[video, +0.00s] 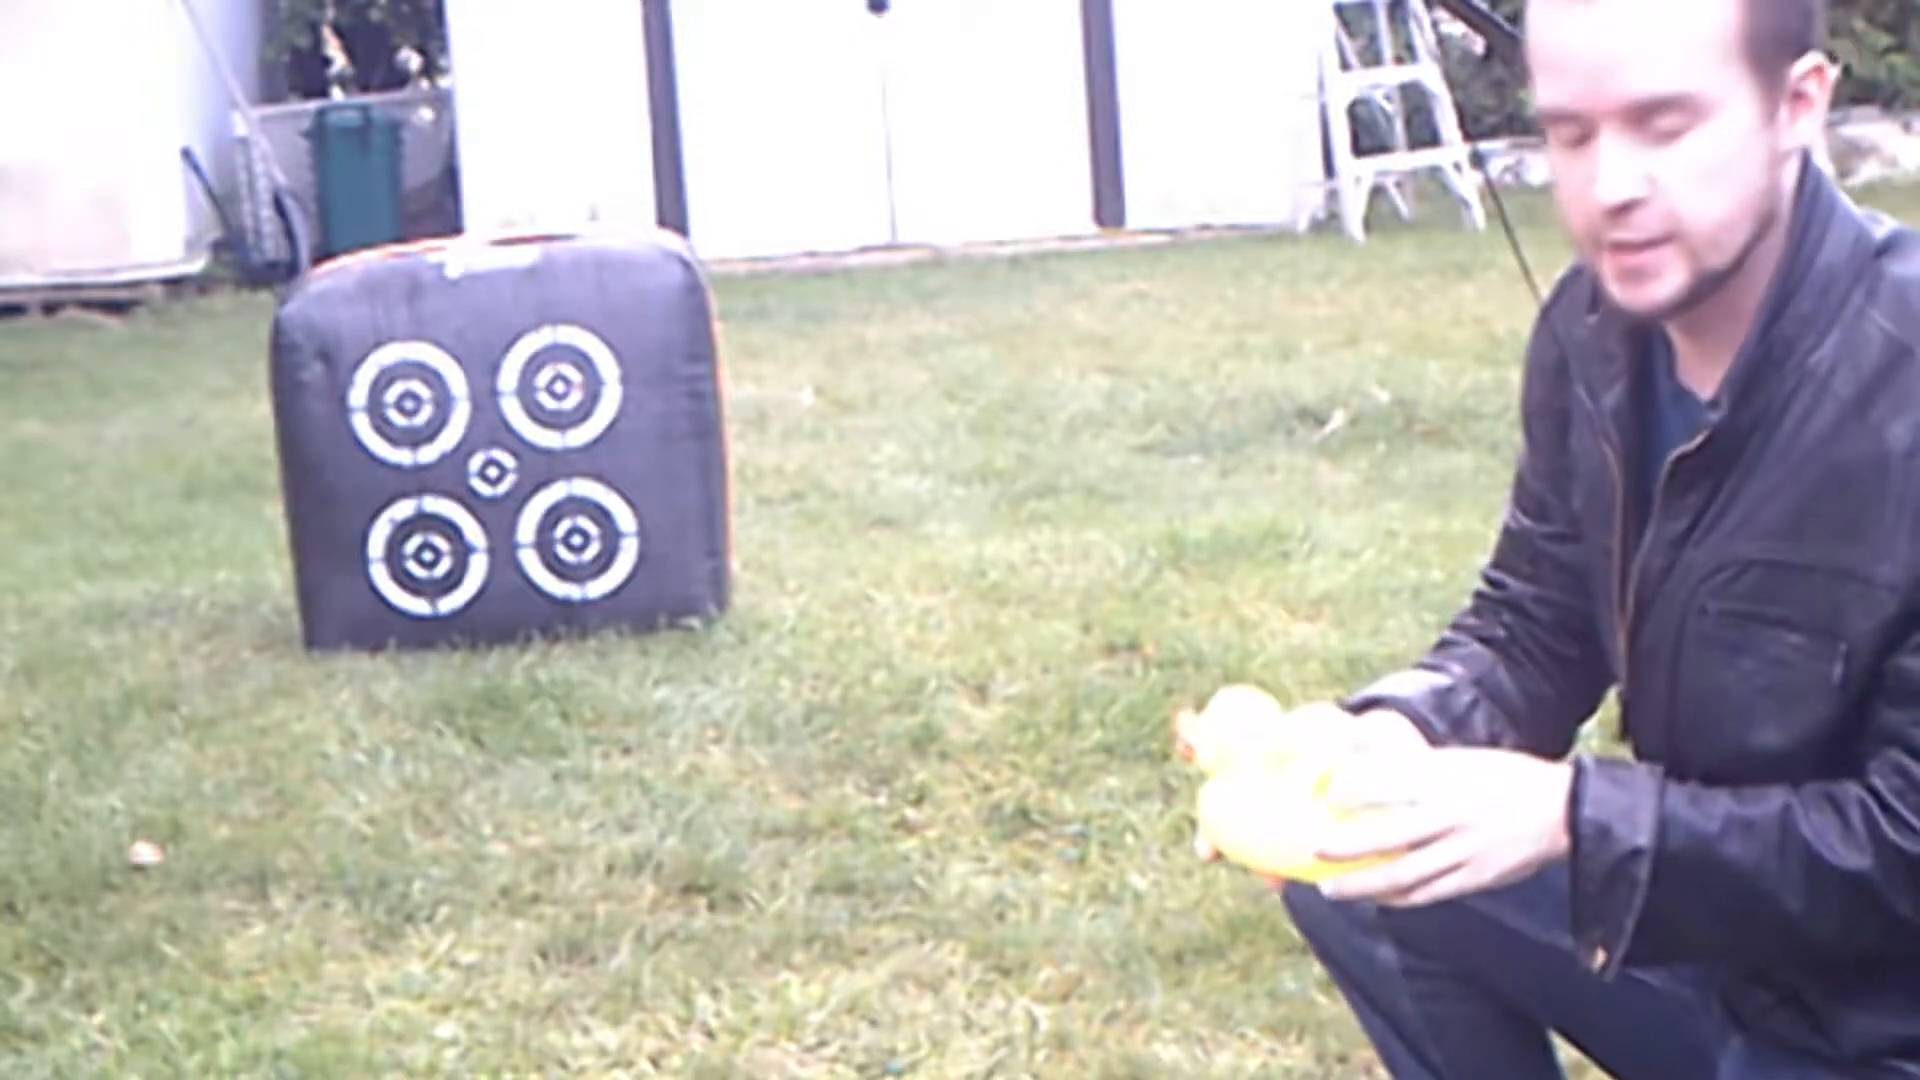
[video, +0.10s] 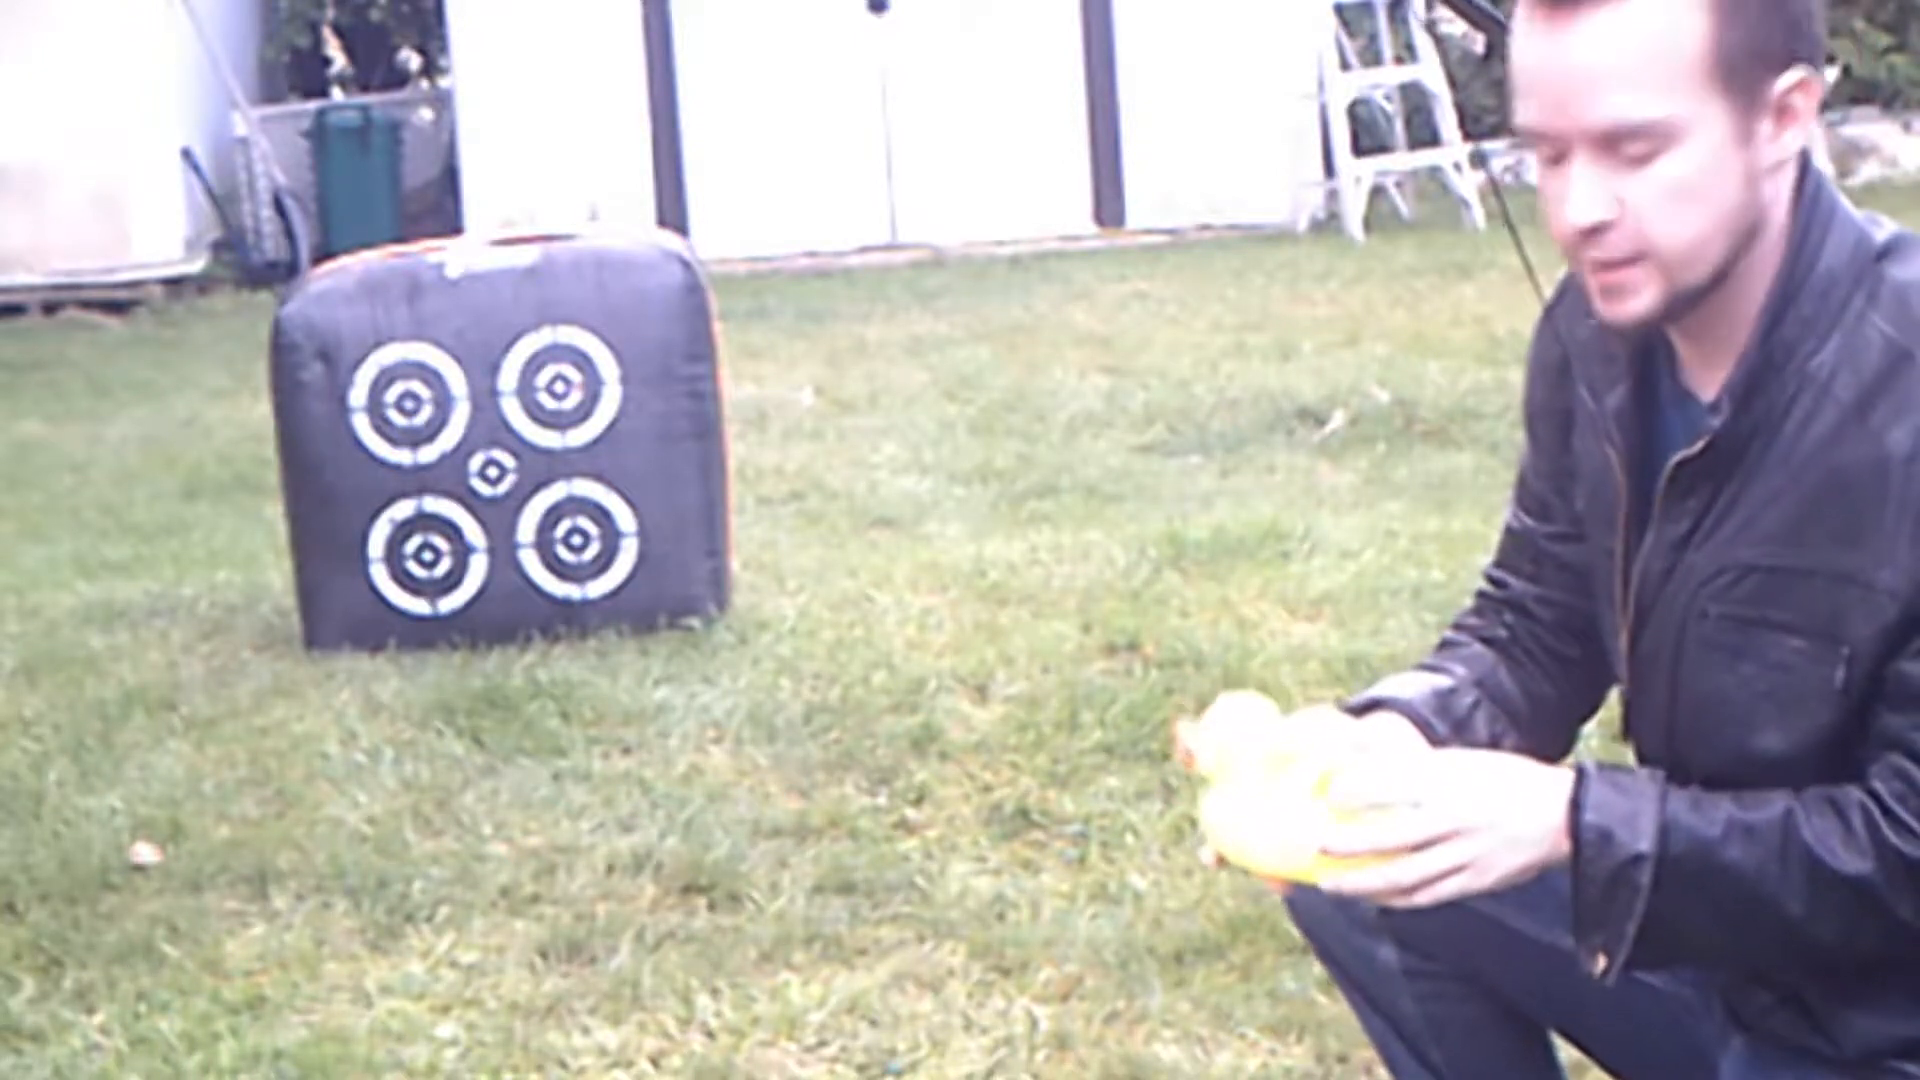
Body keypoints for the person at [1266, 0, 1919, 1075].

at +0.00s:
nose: (1610, 188)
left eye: (1665, 123)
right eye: (1570, 134)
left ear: (1799, 107)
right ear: (1540, 132)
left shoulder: (1902, 360)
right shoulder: (1590, 326)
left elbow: (1904, 839)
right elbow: (1536, 627)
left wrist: (1577, 812)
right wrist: (1391, 734)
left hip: (1871, 1040)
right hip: (1698, 954)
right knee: (1349, 866)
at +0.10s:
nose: (1579, 211)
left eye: (1635, 151)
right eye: (1547, 155)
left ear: (1786, 122)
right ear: (1522, 138)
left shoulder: (1902, 367)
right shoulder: (1592, 329)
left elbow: (1904, 842)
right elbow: (1537, 629)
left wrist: (1578, 818)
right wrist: (1396, 733)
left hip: (1871, 1040)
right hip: (1699, 958)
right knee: (1350, 867)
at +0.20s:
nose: (1560, 230)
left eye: (1615, 173)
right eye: (1535, 172)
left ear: (1774, 134)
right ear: (1511, 137)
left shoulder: (1901, 375)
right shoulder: (1595, 334)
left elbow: (1905, 845)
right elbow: (1540, 626)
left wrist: (1578, 822)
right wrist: (1395, 736)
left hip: (1871, 1043)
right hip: (1700, 959)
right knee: (1353, 872)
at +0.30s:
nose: (1555, 240)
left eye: (1608, 183)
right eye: (1531, 181)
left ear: (1770, 144)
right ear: (1508, 148)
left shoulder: (1900, 383)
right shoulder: (1596, 334)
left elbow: (1903, 850)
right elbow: (1540, 629)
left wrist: (1578, 822)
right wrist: (1394, 737)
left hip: (1870, 1043)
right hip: (1700, 962)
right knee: (1354, 872)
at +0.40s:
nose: (1551, 245)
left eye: (1603, 189)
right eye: (1528, 185)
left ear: (1767, 149)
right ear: (1505, 152)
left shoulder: (1901, 385)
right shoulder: (1595, 334)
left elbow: (1904, 850)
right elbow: (1541, 627)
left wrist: (1573, 827)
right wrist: (1394, 738)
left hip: (1870, 1045)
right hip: (1700, 965)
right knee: (1355, 874)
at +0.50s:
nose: (1546, 246)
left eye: (1599, 192)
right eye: (1523, 188)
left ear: (1763, 155)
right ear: (1501, 155)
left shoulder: (1900, 388)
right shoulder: (1594, 332)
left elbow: (1902, 852)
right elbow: (1541, 626)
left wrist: (1571, 830)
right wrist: (1393, 740)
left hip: (1870, 1042)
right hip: (1702, 964)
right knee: (1354, 872)